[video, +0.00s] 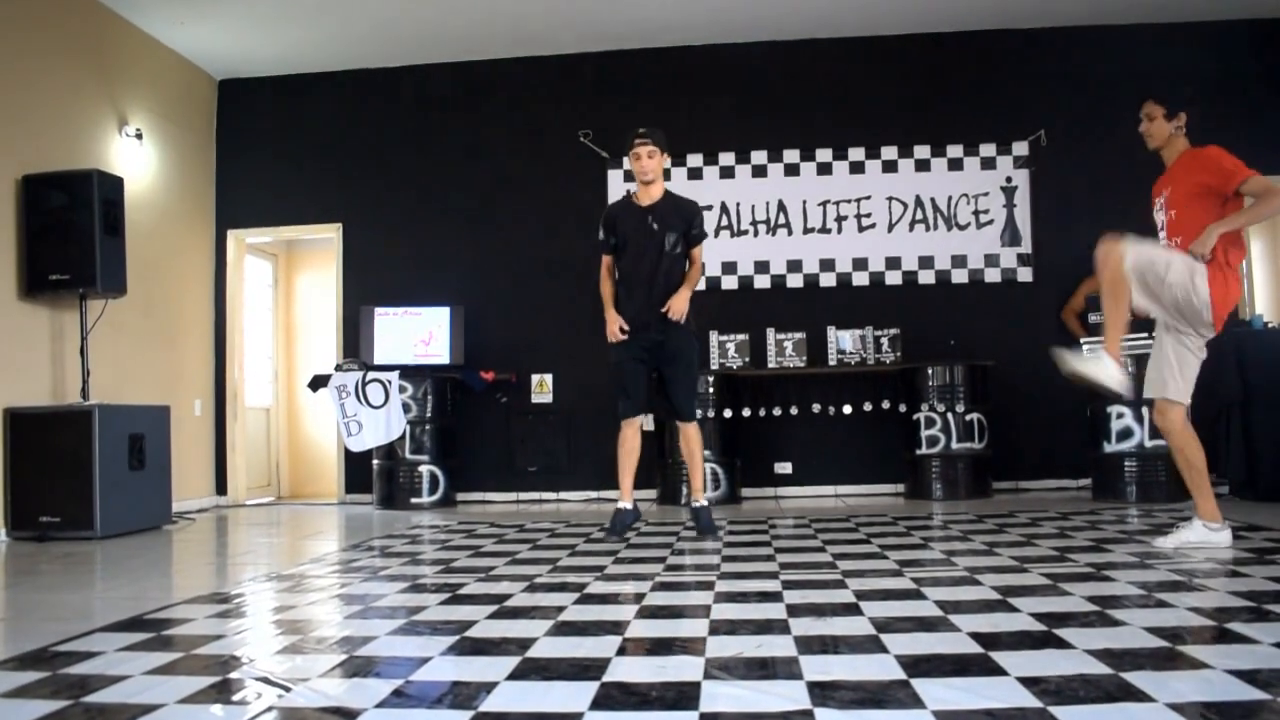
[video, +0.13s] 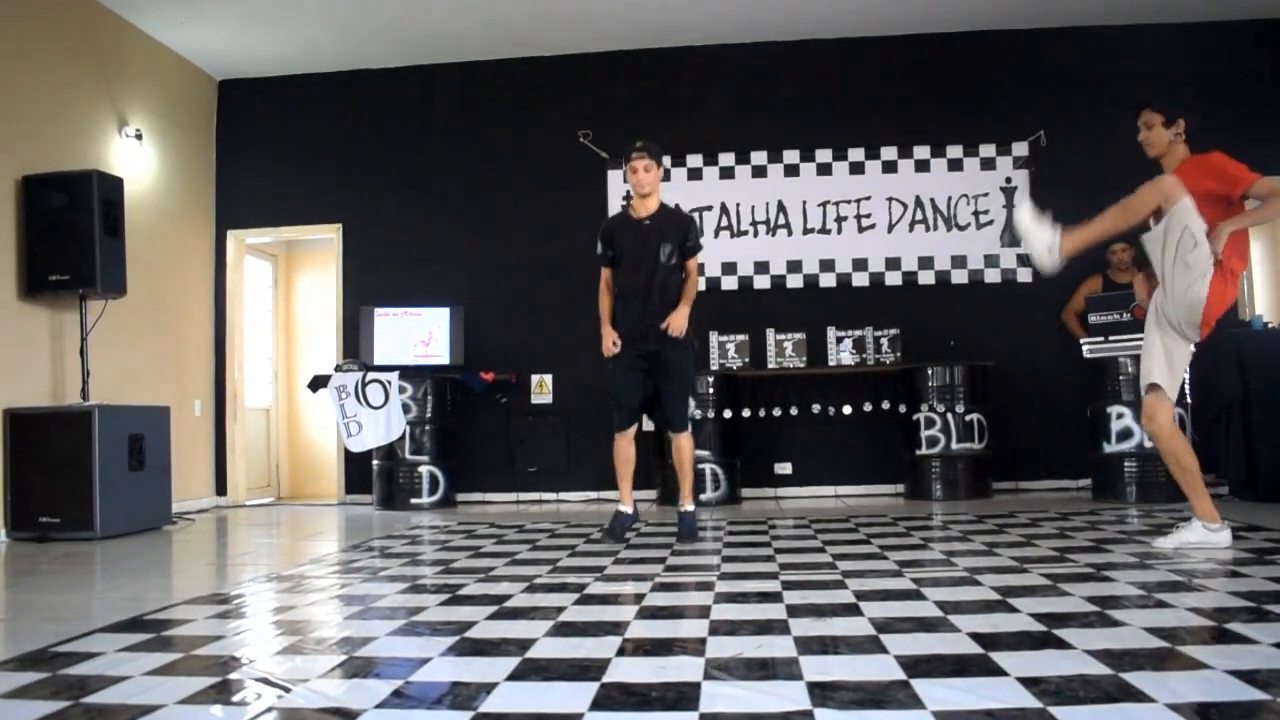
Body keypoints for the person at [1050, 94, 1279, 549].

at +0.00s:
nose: (1142, 127)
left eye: (1150, 118)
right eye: (1141, 120)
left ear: (1179, 122)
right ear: (1154, 128)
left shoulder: (1208, 159)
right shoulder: (1162, 187)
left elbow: (1271, 194)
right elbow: (1170, 257)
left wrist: (1218, 228)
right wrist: (1093, 288)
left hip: (1209, 286)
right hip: (1185, 301)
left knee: (1113, 250)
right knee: (1170, 414)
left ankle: (1112, 360)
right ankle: (1210, 524)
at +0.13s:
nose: (1141, 136)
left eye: (1148, 127)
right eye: (1140, 129)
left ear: (1178, 130)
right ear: (1157, 136)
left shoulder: (1210, 165)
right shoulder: (1160, 190)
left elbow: (1274, 197)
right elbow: (1173, 258)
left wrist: (1229, 224)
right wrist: (1150, 283)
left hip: (1202, 292)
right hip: (1169, 308)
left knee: (1165, 186)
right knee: (1156, 417)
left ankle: (1058, 245)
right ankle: (1209, 524)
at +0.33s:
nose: (1147, 144)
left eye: (1155, 135)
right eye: (1145, 137)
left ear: (1184, 136)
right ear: (1161, 142)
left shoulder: (1224, 176)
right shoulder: (1165, 197)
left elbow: (1279, 215)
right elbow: (1178, 257)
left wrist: (1240, 238)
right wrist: (1154, 286)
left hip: (1211, 302)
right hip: (1176, 314)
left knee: (1159, 198)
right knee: (1156, 422)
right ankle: (1210, 526)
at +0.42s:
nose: (1150, 136)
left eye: (1158, 127)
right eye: (1149, 129)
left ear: (1188, 127)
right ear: (1168, 134)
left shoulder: (1231, 167)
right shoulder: (1163, 194)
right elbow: (1174, 263)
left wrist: (1245, 241)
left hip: (1224, 297)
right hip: (1189, 307)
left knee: (1125, 247)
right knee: (1166, 416)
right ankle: (1210, 526)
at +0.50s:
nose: (1153, 129)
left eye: (1160, 119)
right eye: (1151, 122)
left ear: (1190, 120)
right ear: (1161, 130)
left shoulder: (1234, 159)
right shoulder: (1166, 186)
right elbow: (1178, 247)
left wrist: (1246, 239)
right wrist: (1157, 281)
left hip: (1225, 286)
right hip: (1189, 294)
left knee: (1121, 306)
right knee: (1176, 411)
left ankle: (1183, 407)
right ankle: (1211, 525)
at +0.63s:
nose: (1157, 121)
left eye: (1165, 112)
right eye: (1155, 114)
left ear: (1194, 112)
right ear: (1165, 121)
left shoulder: (1234, 154)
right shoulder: (1172, 177)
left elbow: (1279, 208)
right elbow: (1191, 240)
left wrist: (1242, 240)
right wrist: (1165, 268)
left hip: (1221, 289)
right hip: (1190, 294)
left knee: (1156, 382)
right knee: (1185, 406)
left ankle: (1228, 484)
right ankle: (1210, 522)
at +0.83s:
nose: (1168, 117)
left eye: (1175, 107)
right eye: (1167, 109)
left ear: (1206, 106)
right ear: (1187, 113)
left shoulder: (1252, 153)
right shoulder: (1185, 172)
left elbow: (1277, 225)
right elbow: (1192, 245)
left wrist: (1225, 231)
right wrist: (1168, 286)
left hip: (1228, 314)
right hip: (1180, 309)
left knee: (1219, 421)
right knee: (1155, 409)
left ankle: (1249, 532)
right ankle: (1200, 512)